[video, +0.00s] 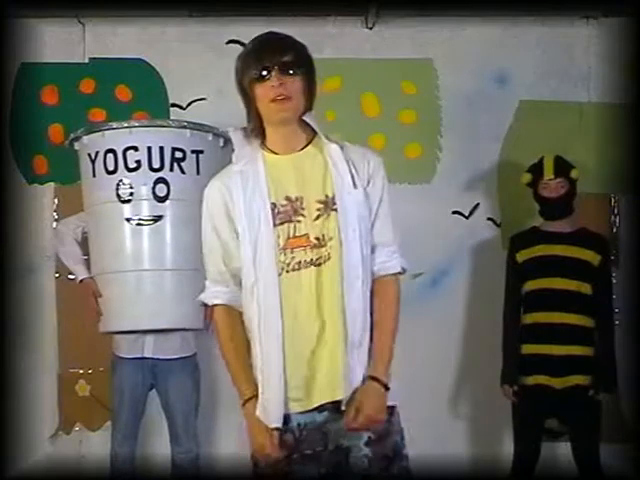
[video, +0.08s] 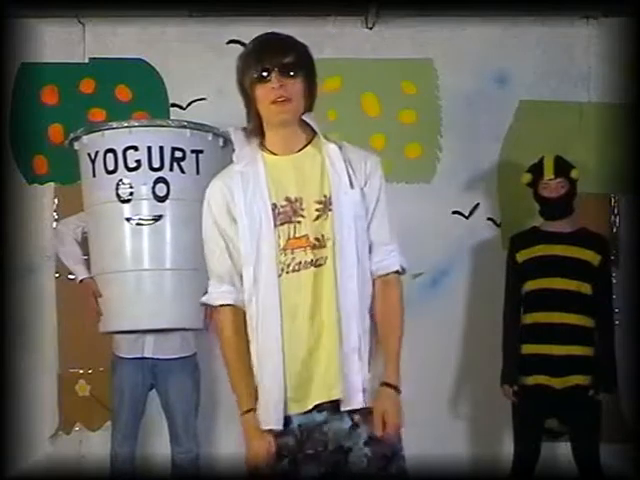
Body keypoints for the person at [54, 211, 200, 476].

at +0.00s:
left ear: (170, 190)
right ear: (129, 191)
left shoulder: (186, 221)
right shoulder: (115, 215)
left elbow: (216, 248)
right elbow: (65, 228)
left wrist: (211, 294)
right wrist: (84, 277)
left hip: (179, 349)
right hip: (129, 351)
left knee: (186, 446)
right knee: (122, 447)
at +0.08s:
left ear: (169, 190)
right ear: (129, 191)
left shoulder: (186, 221)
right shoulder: (114, 215)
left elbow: (217, 249)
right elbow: (65, 228)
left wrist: (211, 294)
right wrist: (84, 277)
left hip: (179, 349)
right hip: (129, 351)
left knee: (186, 446)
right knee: (122, 447)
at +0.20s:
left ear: (170, 191)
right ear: (130, 192)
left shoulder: (186, 221)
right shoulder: (115, 216)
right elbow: (64, 229)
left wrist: (207, 299)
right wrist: (85, 277)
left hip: (179, 351)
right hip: (129, 352)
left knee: (186, 445)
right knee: (122, 447)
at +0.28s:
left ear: (170, 190)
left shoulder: (187, 219)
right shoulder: (116, 216)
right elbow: (64, 229)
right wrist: (85, 277)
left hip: (179, 351)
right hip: (129, 352)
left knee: (186, 446)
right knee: (122, 447)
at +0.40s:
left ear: (171, 191)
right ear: (130, 192)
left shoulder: (188, 221)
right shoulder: (115, 216)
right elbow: (64, 229)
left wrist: (205, 293)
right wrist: (85, 277)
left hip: (179, 351)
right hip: (129, 352)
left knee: (186, 446)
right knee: (122, 447)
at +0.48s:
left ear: (171, 193)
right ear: (130, 193)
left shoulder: (188, 224)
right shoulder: (115, 217)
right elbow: (65, 229)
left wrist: (210, 294)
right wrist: (84, 277)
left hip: (178, 351)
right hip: (129, 352)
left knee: (186, 446)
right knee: (122, 447)